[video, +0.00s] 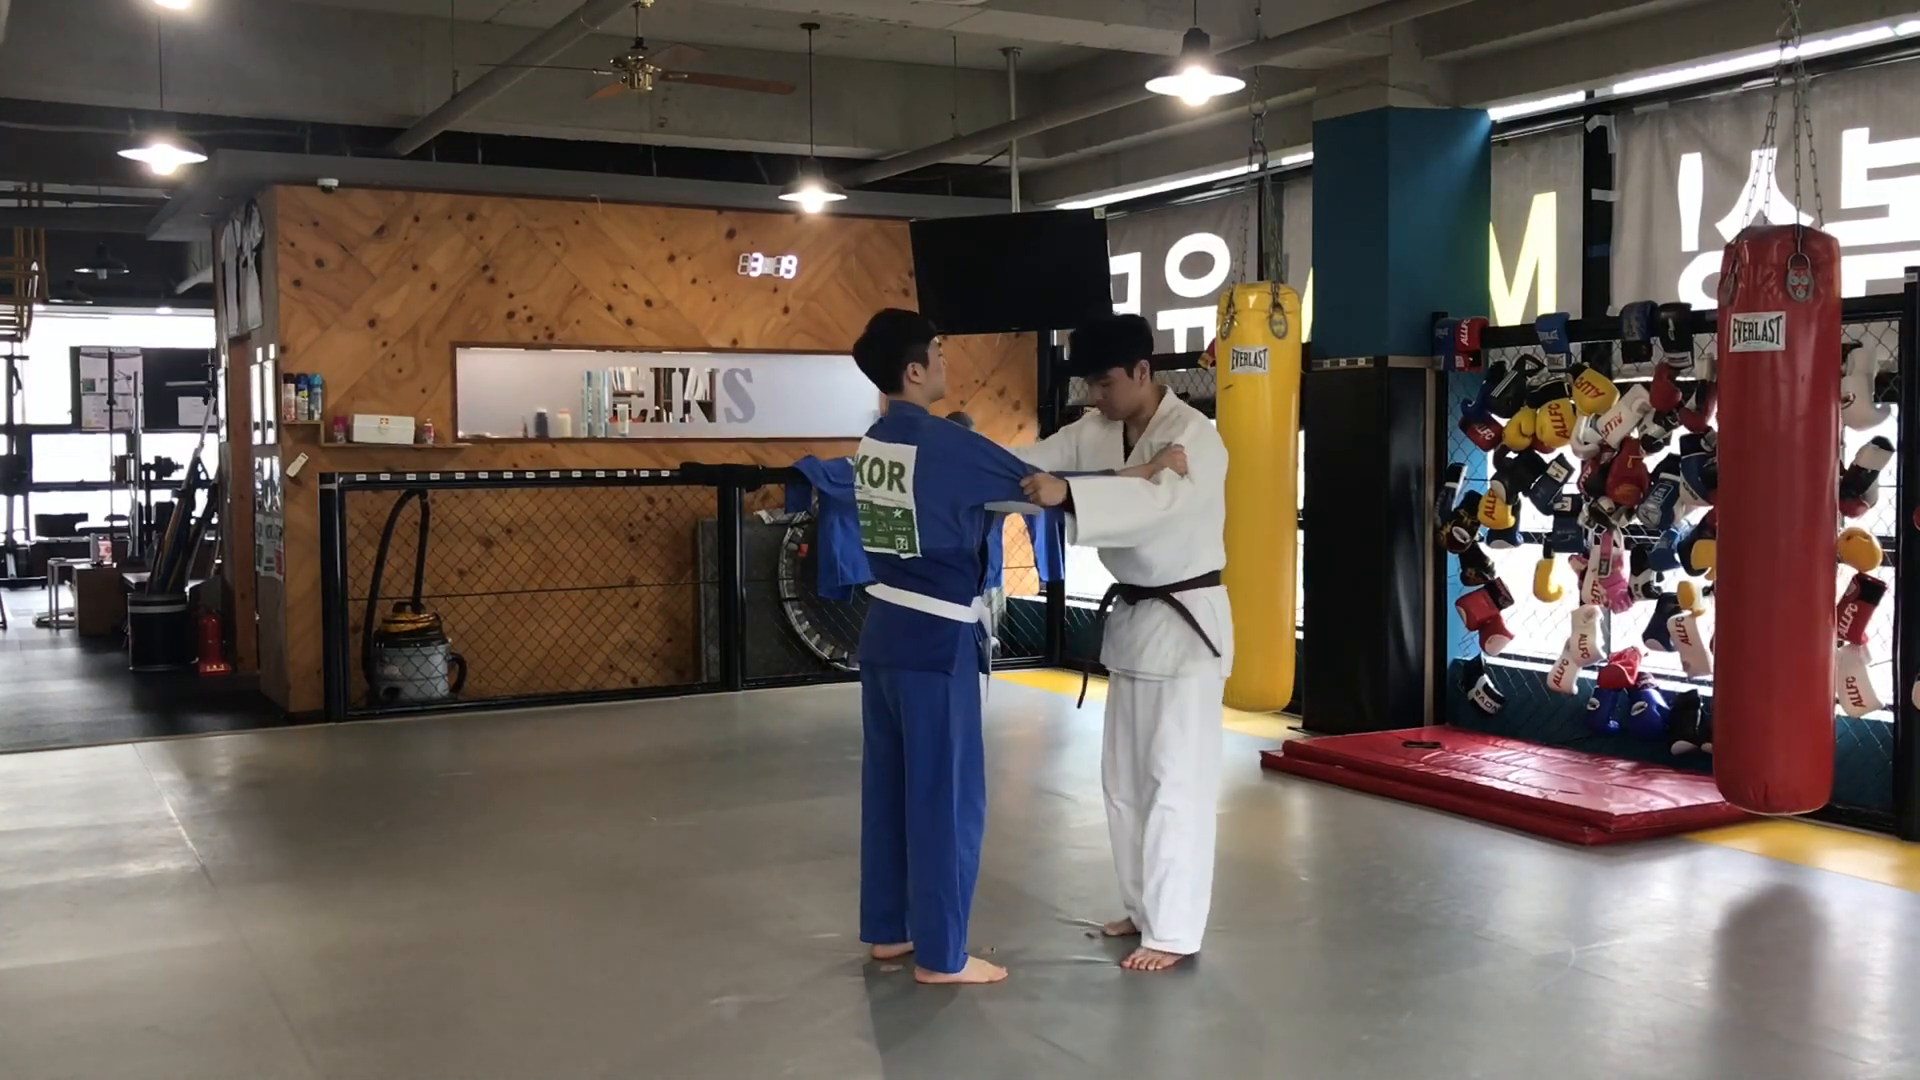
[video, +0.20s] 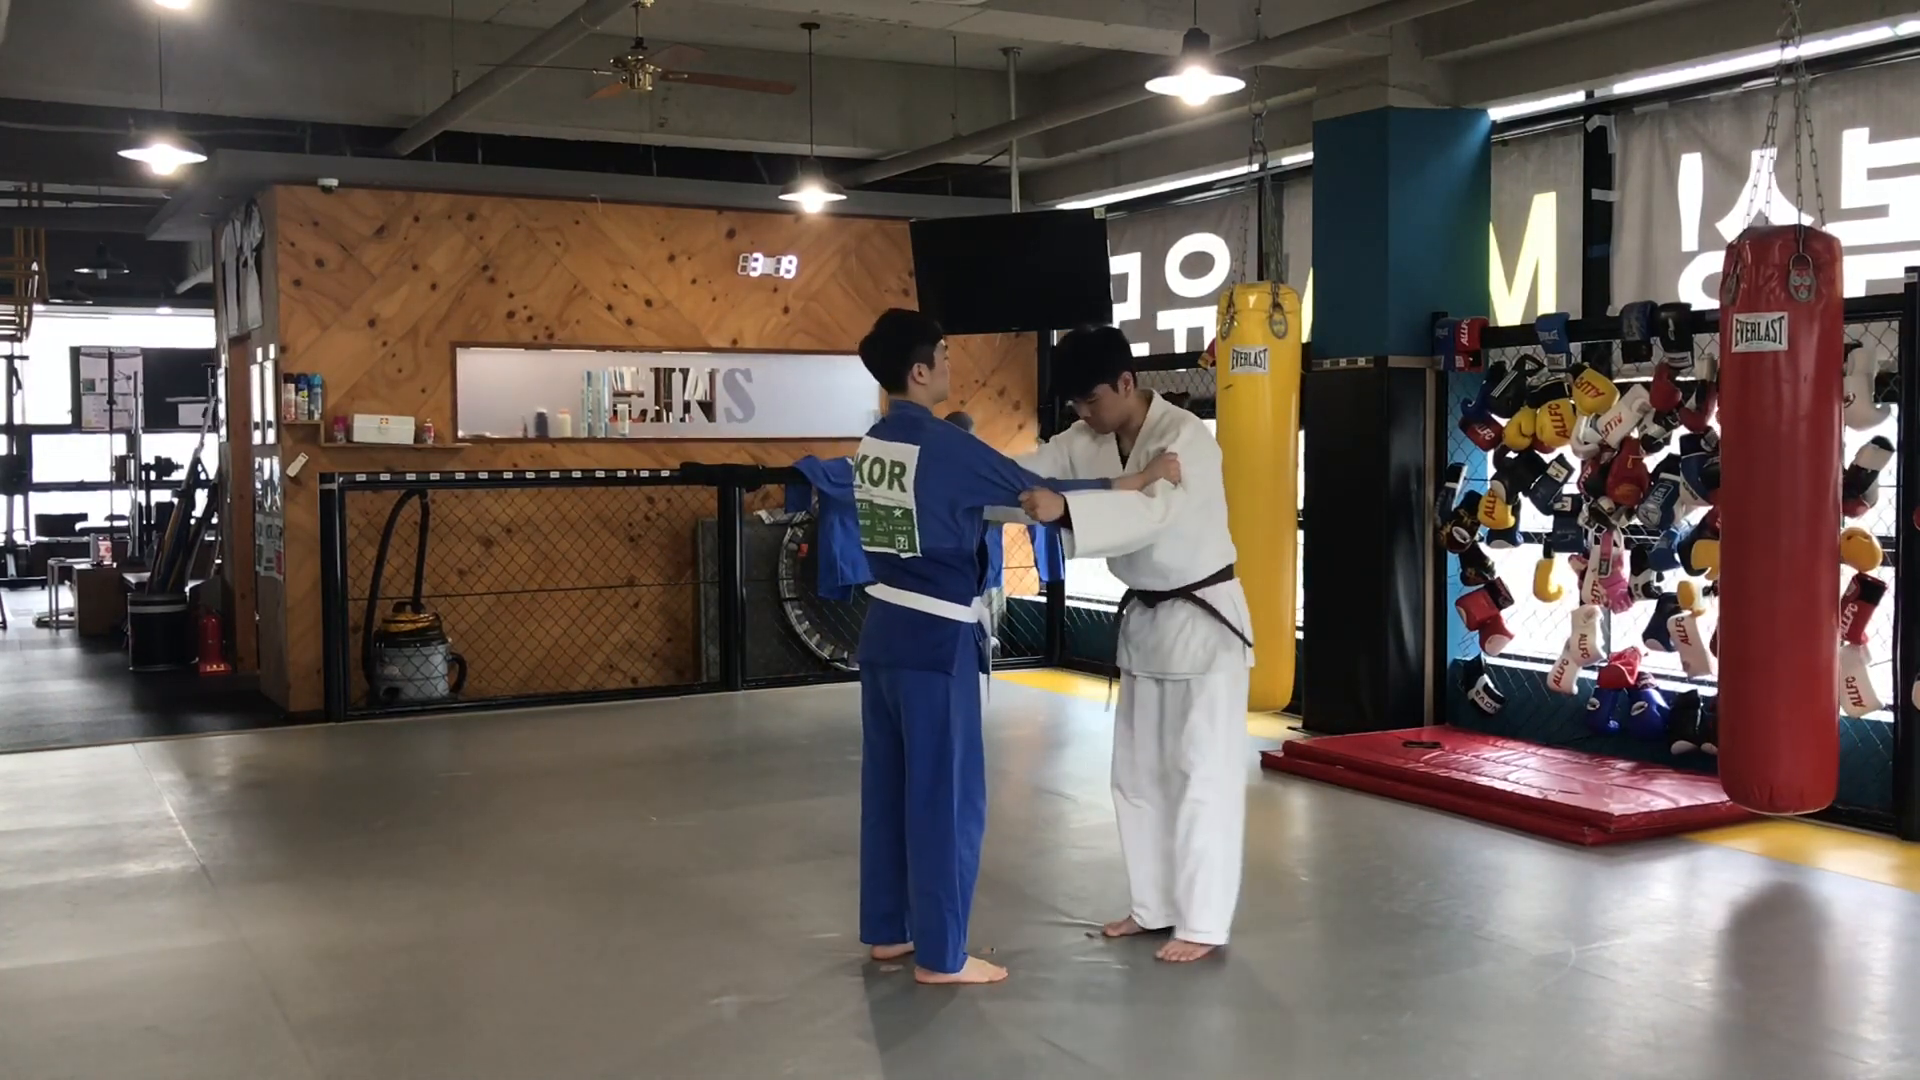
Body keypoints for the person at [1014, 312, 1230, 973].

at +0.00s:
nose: (1093, 399)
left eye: (1101, 385)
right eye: (1088, 387)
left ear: (1140, 372)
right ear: (1096, 382)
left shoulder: (1196, 437)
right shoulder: (1096, 431)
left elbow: (1158, 497)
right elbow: (1031, 463)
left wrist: (1071, 491)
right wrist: (963, 468)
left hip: (1185, 621)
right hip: (1129, 618)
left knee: (1176, 780)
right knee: (1126, 777)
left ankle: (1176, 933)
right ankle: (1144, 907)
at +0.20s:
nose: (1081, 416)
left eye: (1088, 402)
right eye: (1076, 405)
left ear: (1125, 383)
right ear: (1090, 396)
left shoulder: (1187, 437)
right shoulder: (1089, 440)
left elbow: (1156, 507)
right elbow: (1021, 474)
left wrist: (1067, 507)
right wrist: (958, 471)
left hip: (1205, 621)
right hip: (1143, 620)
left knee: (1202, 778)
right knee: (1141, 773)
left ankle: (1205, 926)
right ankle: (1156, 908)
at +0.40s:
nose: (1084, 410)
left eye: (1091, 395)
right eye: (1078, 399)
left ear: (1129, 380)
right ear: (1083, 396)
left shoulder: (1189, 439)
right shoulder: (1083, 440)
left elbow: (1152, 515)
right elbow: (1019, 478)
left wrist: (1065, 511)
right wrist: (959, 463)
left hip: (1208, 620)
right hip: (1146, 620)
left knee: (1215, 778)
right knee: (1148, 773)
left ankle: (1217, 919)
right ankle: (1160, 906)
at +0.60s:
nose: (1086, 401)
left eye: (1094, 387)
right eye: (1081, 389)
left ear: (1135, 373)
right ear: (1091, 386)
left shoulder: (1192, 438)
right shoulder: (1085, 438)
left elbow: (1153, 519)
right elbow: (1016, 481)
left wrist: (1061, 509)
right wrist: (952, 470)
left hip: (1200, 623)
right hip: (1138, 622)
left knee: (1205, 780)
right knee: (1142, 779)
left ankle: (1213, 921)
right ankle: (1159, 911)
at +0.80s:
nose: (1099, 392)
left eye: (1108, 377)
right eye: (1094, 379)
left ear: (1149, 371)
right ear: (1097, 381)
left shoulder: (1195, 442)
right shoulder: (1095, 440)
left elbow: (1155, 498)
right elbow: (1030, 480)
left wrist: (1060, 484)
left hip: (1179, 628)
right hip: (1120, 625)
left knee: (1155, 780)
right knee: (1124, 783)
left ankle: (1190, 918)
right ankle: (1152, 912)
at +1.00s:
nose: (1105, 397)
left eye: (1113, 383)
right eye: (1103, 385)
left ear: (1156, 379)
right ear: (1140, 380)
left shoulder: (1199, 441)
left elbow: (1173, 458)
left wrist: (1078, 445)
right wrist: (975, 478)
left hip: (1140, 642)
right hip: (1079, 637)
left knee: (1092, 786)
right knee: (1103, 784)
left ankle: (1080, 961)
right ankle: (1148, 899)